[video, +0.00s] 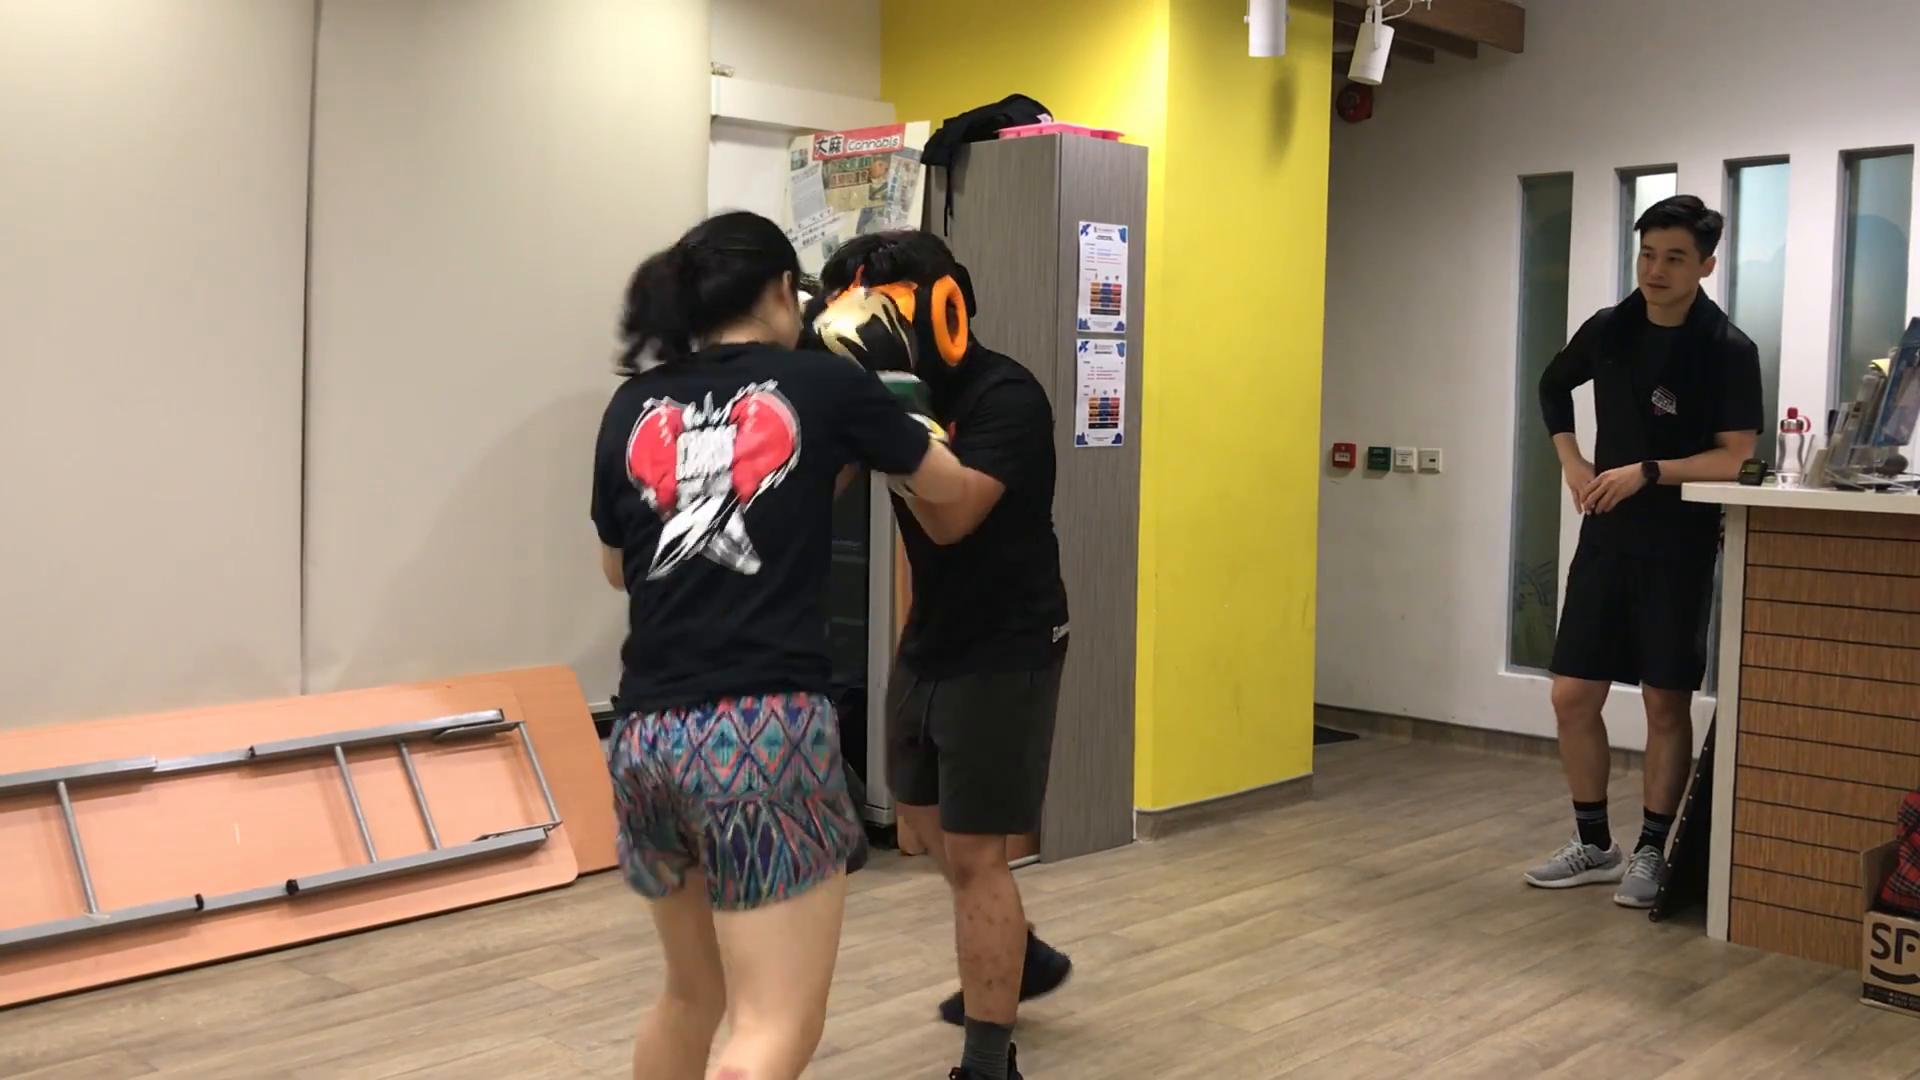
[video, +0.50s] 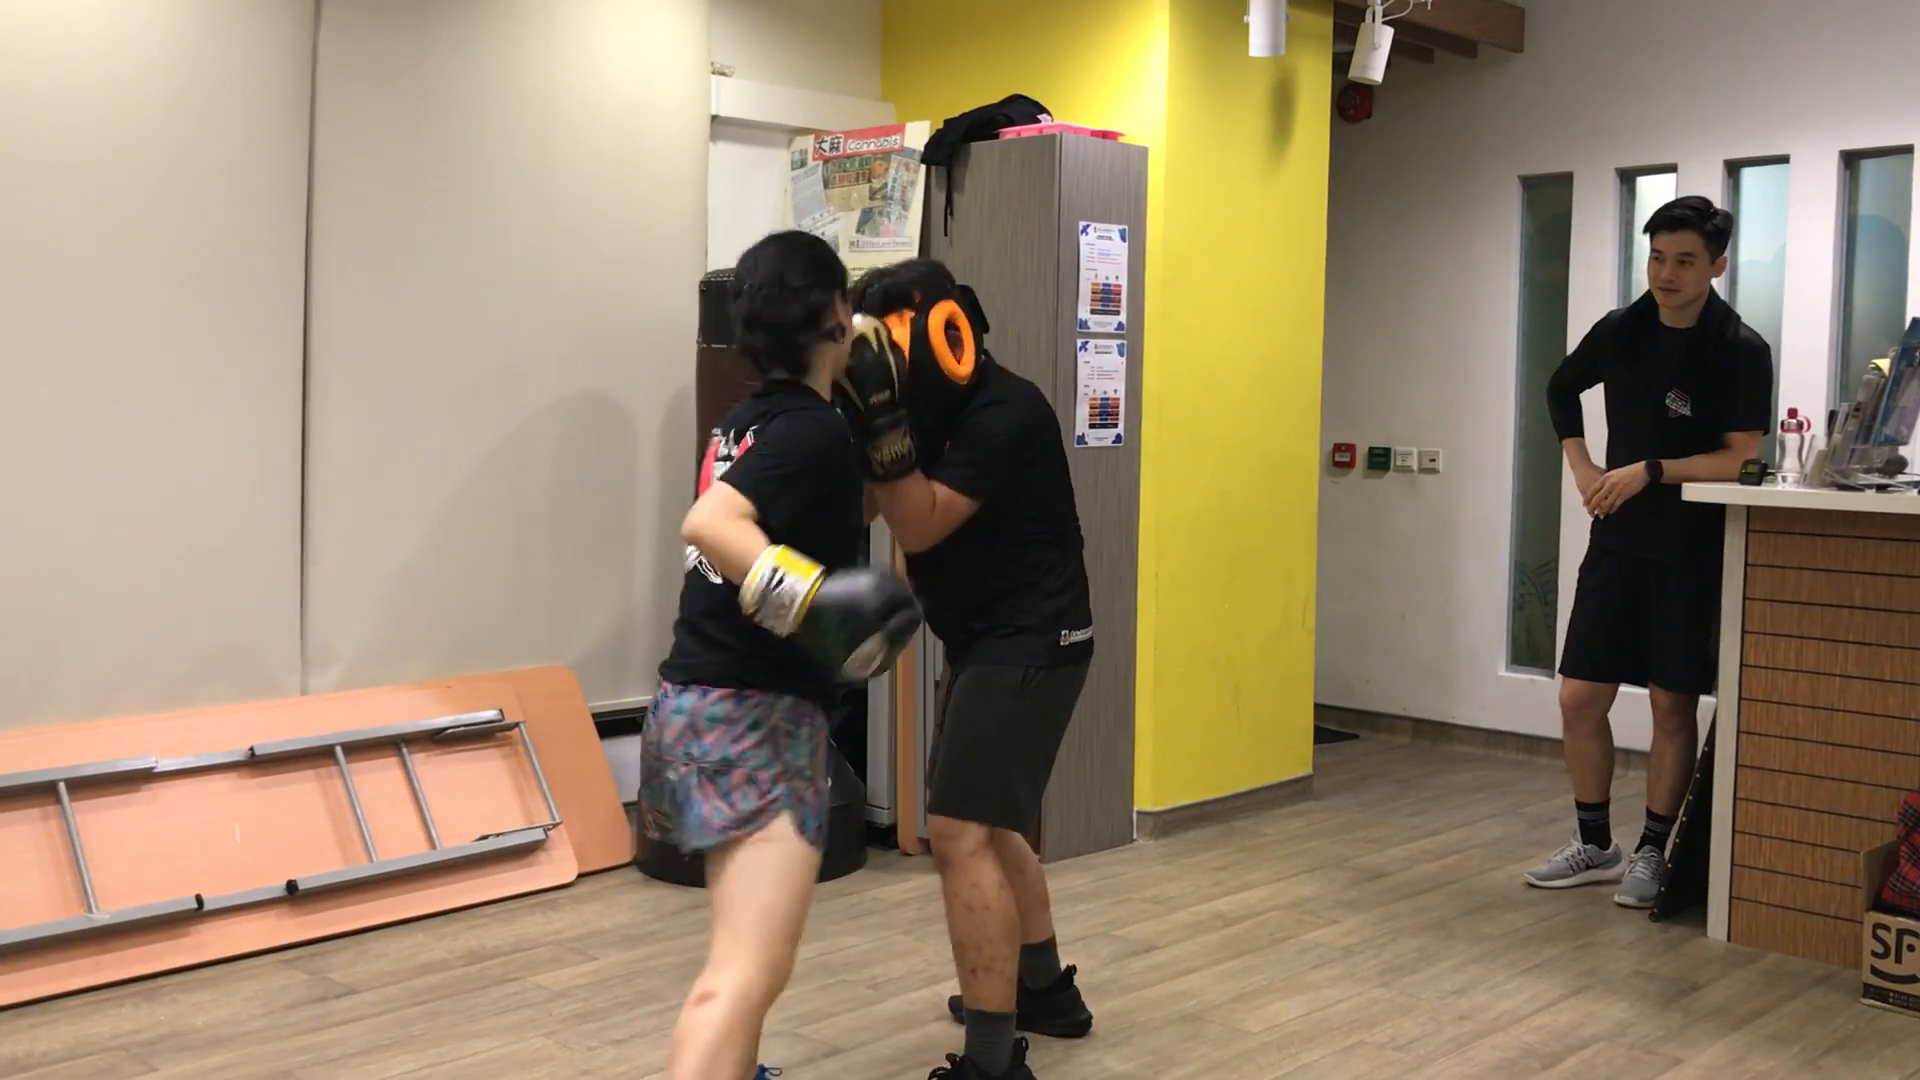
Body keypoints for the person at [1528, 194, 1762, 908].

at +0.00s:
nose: (1656, 269)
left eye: (1674, 258)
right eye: (1647, 254)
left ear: (1706, 264)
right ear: (1636, 255)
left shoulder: (1729, 350)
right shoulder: (1609, 328)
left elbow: (1735, 457)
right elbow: (1552, 387)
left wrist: (1647, 471)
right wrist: (1571, 460)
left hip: (1681, 543)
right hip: (1608, 534)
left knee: (1665, 705)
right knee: (1572, 693)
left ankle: (1652, 853)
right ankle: (1593, 843)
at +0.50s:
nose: (1666, 272)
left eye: (1684, 260)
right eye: (1657, 257)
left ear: (1717, 264)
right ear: (1645, 258)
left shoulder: (1741, 350)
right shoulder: (1620, 330)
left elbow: (1745, 456)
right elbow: (1561, 390)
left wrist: (1650, 470)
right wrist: (1581, 467)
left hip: (1693, 545)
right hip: (1618, 538)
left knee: (1671, 705)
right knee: (1579, 695)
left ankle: (1652, 854)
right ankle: (1593, 843)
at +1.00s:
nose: (1670, 270)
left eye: (1689, 259)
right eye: (1663, 256)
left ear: (1723, 264)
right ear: (1652, 256)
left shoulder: (1747, 350)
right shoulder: (1628, 328)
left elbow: (1745, 457)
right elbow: (1564, 389)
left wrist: (1649, 469)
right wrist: (1585, 467)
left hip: (1699, 546)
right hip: (1624, 538)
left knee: (1674, 706)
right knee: (1583, 696)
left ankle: (1653, 854)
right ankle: (1594, 844)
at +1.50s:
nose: (1671, 264)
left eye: (1690, 254)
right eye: (1664, 249)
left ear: (1722, 264)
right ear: (1652, 253)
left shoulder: (1745, 350)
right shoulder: (1624, 330)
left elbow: (1744, 458)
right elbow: (1562, 389)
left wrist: (1648, 470)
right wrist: (1583, 467)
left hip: (1697, 546)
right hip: (1622, 538)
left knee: (1674, 706)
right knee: (1582, 696)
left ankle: (1652, 854)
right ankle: (1594, 844)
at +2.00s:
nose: (1667, 264)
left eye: (1685, 254)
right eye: (1659, 251)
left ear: (1718, 263)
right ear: (1647, 255)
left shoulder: (1743, 350)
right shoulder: (1620, 331)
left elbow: (1744, 457)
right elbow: (1559, 390)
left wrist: (1648, 470)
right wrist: (1579, 466)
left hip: (1696, 545)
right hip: (1622, 537)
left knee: (1673, 706)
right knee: (1581, 696)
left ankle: (1652, 854)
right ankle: (1593, 843)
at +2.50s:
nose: (1661, 268)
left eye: (1679, 256)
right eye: (1653, 254)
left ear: (1715, 263)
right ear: (1643, 258)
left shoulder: (1742, 349)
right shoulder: (1618, 332)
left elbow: (1745, 458)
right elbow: (1558, 390)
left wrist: (1649, 469)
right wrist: (1578, 466)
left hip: (1696, 543)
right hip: (1621, 535)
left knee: (1672, 706)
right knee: (1580, 696)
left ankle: (1652, 853)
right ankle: (1593, 843)